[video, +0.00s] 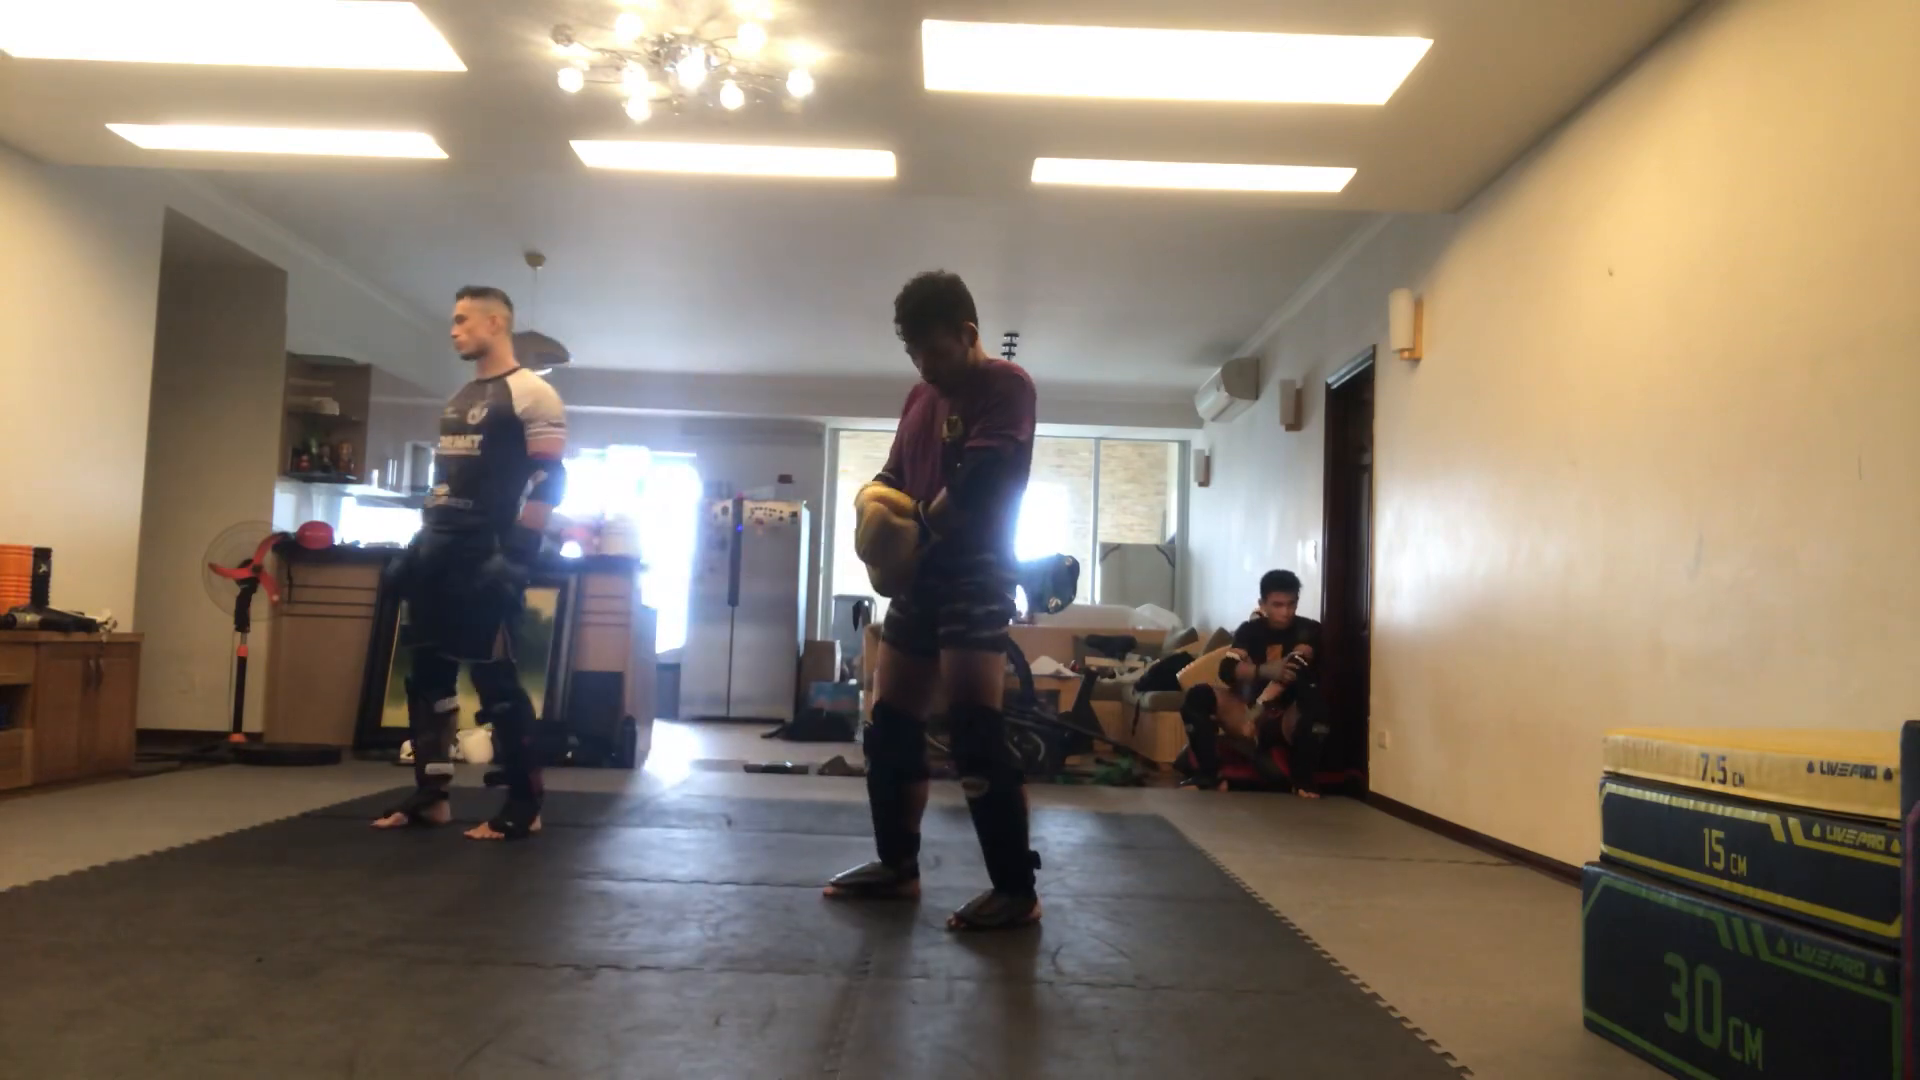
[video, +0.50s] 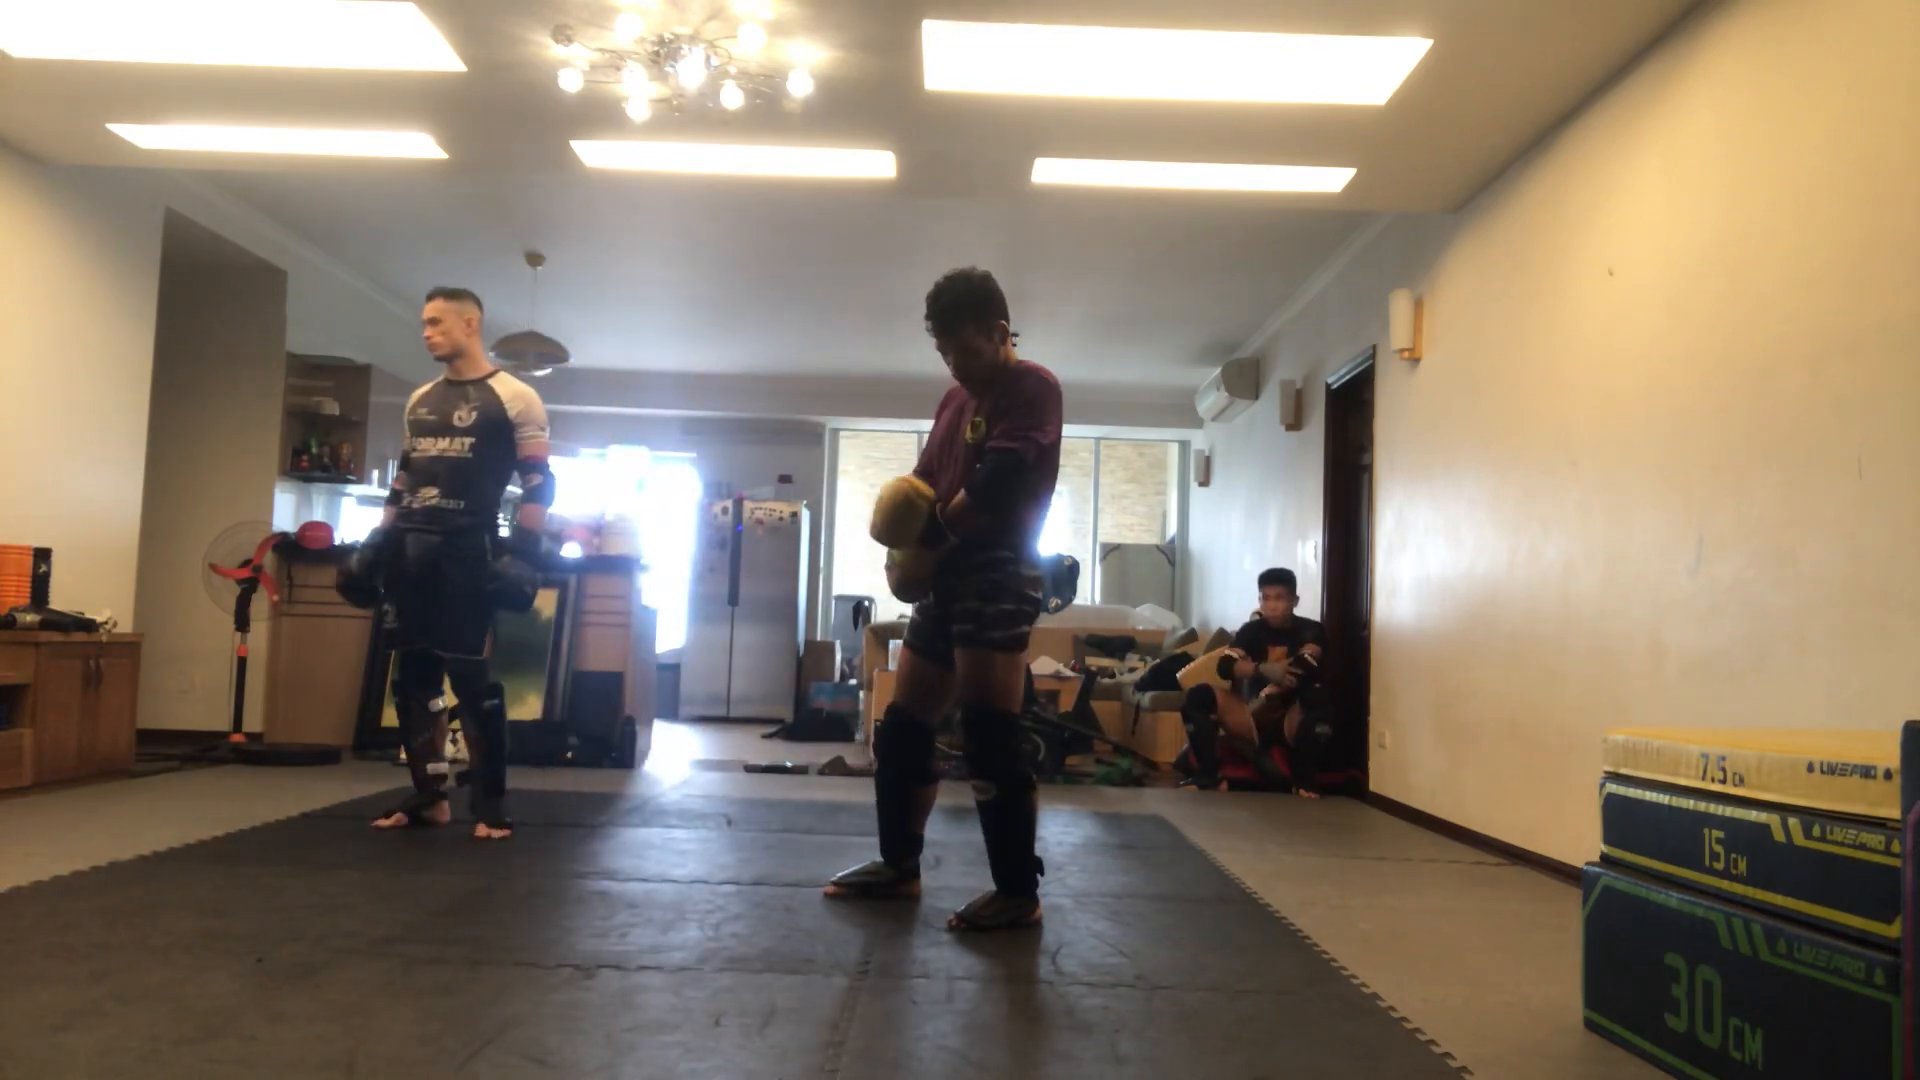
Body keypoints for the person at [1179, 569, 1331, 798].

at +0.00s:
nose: (1285, 612)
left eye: (1291, 604)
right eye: (1277, 605)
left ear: (1297, 603)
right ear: (1263, 605)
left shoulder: (1309, 630)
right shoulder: (1249, 630)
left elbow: (1293, 671)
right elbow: (1227, 669)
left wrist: (1259, 707)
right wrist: (1266, 670)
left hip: (1287, 714)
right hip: (1247, 711)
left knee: (1313, 704)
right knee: (1198, 697)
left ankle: (1303, 782)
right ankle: (1208, 776)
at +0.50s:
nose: (1271, 605)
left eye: (1279, 598)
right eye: (1266, 598)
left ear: (1294, 601)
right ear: (1260, 601)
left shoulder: (1311, 630)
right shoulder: (1251, 630)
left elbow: (1305, 667)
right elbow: (1225, 665)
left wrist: (1273, 692)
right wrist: (1265, 669)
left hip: (1292, 716)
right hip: (1249, 717)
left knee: (1318, 696)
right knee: (1199, 696)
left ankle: (1304, 780)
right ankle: (1207, 775)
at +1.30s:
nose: (1254, 612)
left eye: (1262, 605)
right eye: (1251, 605)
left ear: (1282, 607)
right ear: (1248, 604)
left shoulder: (1306, 631)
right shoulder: (1245, 633)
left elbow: (1326, 669)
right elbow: (1213, 669)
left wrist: (1278, 690)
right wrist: (1228, 691)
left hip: (1293, 712)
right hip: (1253, 712)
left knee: (1318, 702)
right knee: (1200, 699)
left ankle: (1306, 781)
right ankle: (1209, 775)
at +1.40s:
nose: (1252, 612)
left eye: (1260, 605)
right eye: (1250, 605)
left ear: (1280, 607)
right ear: (1246, 604)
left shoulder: (1305, 630)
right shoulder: (1244, 633)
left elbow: (1325, 668)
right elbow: (1213, 669)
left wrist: (1279, 690)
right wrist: (1227, 691)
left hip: (1292, 716)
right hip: (1252, 715)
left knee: (1317, 701)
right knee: (1200, 699)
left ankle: (1306, 782)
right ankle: (1209, 775)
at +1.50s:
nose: (1251, 612)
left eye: (1258, 605)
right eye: (1249, 605)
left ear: (1279, 607)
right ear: (1245, 604)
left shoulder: (1304, 630)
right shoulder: (1244, 633)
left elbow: (1325, 668)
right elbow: (1212, 669)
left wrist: (1279, 690)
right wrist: (1228, 692)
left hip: (1292, 717)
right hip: (1251, 716)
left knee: (1317, 702)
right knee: (1199, 699)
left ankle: (1306, 782)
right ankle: (1209, 776)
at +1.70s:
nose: (1250, 611)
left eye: (1257, 604)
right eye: (1247, 604)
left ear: (1279, 606)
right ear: (1244, 604)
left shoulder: (1303, 631)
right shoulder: (1243, 633)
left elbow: (1324, 668)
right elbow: (1212, 669)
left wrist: (1278, 690)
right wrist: (1226, 689)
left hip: (1293, 713)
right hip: (1251, 712)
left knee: (1318, 703)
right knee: (1199, 699)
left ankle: (1307, 781)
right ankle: (1209, 775)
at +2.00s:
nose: (1250, 610)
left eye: (1257, 603)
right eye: (1248, 603)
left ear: (1279, 605)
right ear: (1245, 603)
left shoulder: (1303, 631)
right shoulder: (1242, 632)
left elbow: (1324, 667)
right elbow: (1211, 669)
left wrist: (1277, 691)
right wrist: (1224, 689)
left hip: (1294, 708)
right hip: (1252, 708)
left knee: (1317, 704)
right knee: (1197, 699)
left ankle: (1307, 781)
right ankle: (1208, 775)